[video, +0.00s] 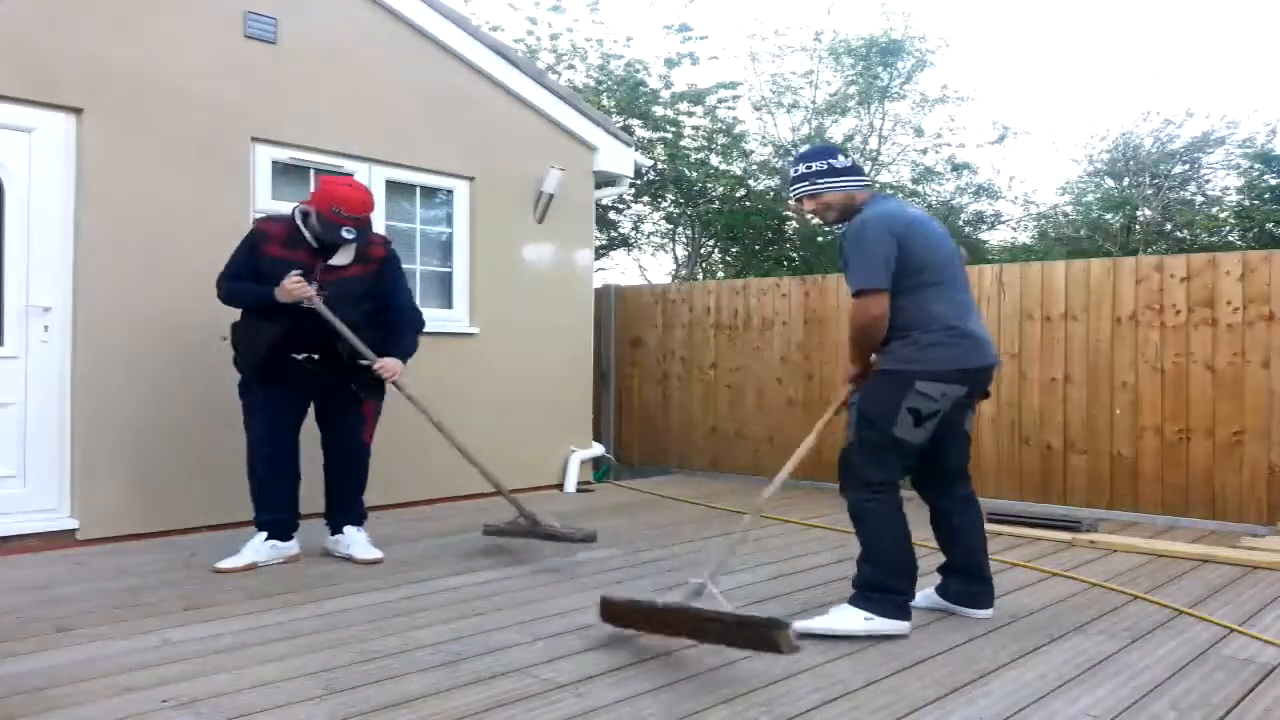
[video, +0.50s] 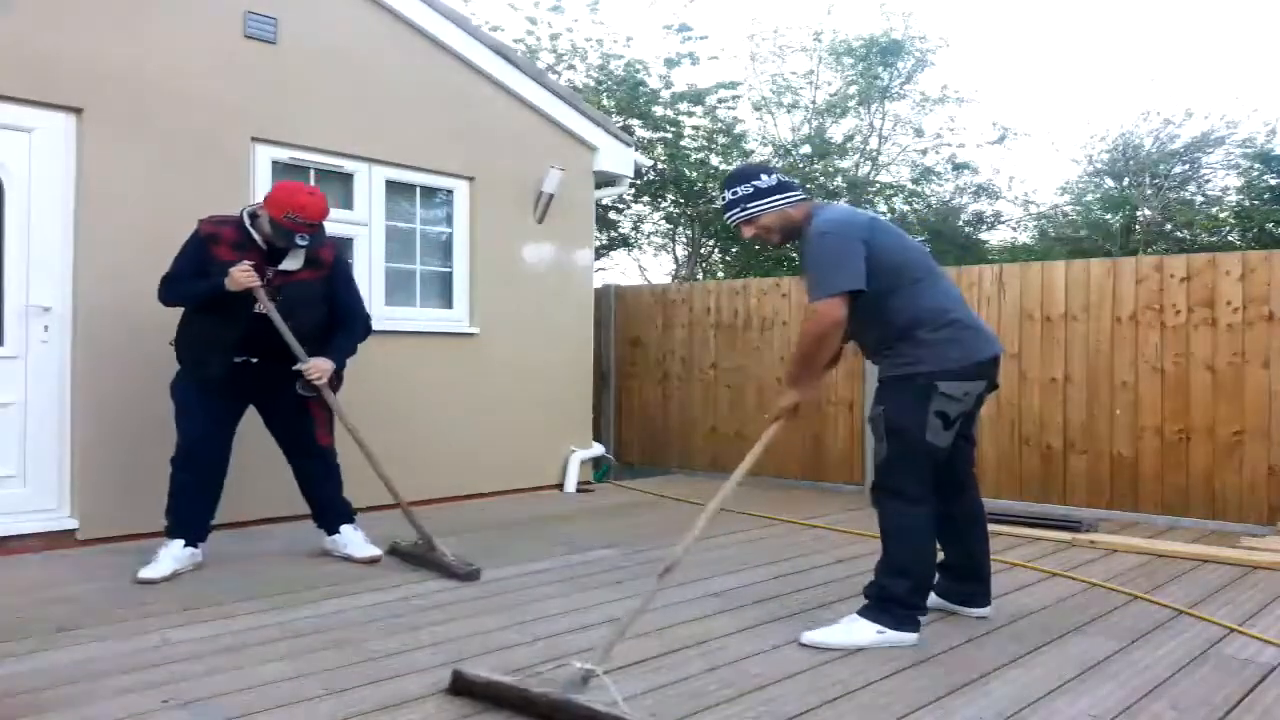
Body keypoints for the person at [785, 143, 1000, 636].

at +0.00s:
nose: (809, 209)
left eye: (812, 196)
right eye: (804, 201)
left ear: (840, 185)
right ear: (849, 186)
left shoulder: (869, 225)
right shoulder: (906, 216)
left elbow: (871, 311)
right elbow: (916, 310)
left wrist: (860, 364)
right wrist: (870, 375)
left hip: (923, 360)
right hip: (966, 358)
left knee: (866, 472)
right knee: (941, 473)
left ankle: (882, 603)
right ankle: (969, 590)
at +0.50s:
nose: (751, 235)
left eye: (749, 222)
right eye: (743, 229)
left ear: (773, 203)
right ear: (779, 202)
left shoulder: (828, 229)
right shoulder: (843, 223)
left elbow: (828, 318)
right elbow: (849, 326)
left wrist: (797, 382)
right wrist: (804, 383)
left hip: (926, 365)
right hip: (962, 358)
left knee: (901, 487)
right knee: (951, 480)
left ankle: (892, 614)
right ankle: (966, 590)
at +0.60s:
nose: (743, 234)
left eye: (741, 222)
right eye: (736, 228)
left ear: (765, 202)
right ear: (772, 199)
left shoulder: (819, 227)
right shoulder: (840, 221)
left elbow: (811, 315)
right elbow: (858, 312)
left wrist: (773, 386)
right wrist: (807, 354)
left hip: (920, 364)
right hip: (960, 356)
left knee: (897, 488)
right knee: (948, 481)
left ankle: (892, 614)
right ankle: (962, 589)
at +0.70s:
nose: (740, 232)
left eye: (737, 218)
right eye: (732, 225)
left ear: (761, 200)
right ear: (769, 197)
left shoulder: (813, 228)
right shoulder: (836, 222)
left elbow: (792, 320)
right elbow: (841, 319)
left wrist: (756, 390)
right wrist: (787, 357)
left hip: (917, 363)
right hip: (956, 355)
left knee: (894, 488)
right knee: (942, 479)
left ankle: (892, 615)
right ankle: (957, 592)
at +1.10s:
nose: (756, 209)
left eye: (758, 195)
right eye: (750, 200)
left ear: (787, 180)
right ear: (804, 178)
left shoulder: (829, 212)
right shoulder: (854, 205)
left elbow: (816, 297)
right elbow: (889, 280)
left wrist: (795, 363)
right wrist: (848, 325)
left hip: (907, 360)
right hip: (944, 355)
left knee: (863, 479)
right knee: (919, 478)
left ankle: (886, 611)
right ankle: (943, 602)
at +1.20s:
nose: (762, 207)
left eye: (765, 193)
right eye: (756, 198)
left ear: (795, 179)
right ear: (810, 178)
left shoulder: (837, 215)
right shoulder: (861, 207)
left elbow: (831, 302)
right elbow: (887, 302)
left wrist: (821, 363)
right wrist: (852, 358)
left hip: (910, 358)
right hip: (942, 355)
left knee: (843, 473)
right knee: (914, 478)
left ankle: (887, 606)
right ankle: (943, 600)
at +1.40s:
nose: (758, 207)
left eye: (759, 193)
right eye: (752, 198)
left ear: (788, 179)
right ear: (807, 176)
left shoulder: (832, 212)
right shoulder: (863, 206)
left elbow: (838, 302)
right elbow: (885, 302)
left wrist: (825, 363)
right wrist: (852, 368)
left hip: (902, 361)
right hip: (943, 358)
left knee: (863, 488)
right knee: (921, 482)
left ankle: (858, 629)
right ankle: (941, 602)